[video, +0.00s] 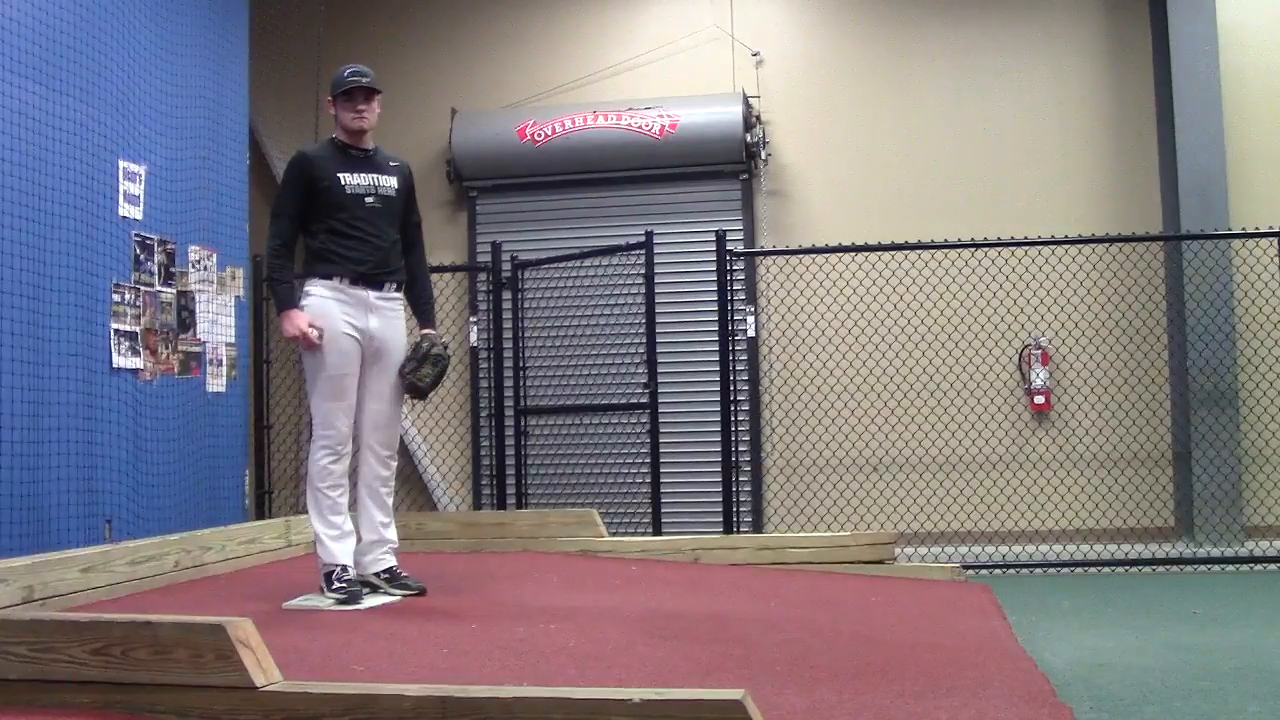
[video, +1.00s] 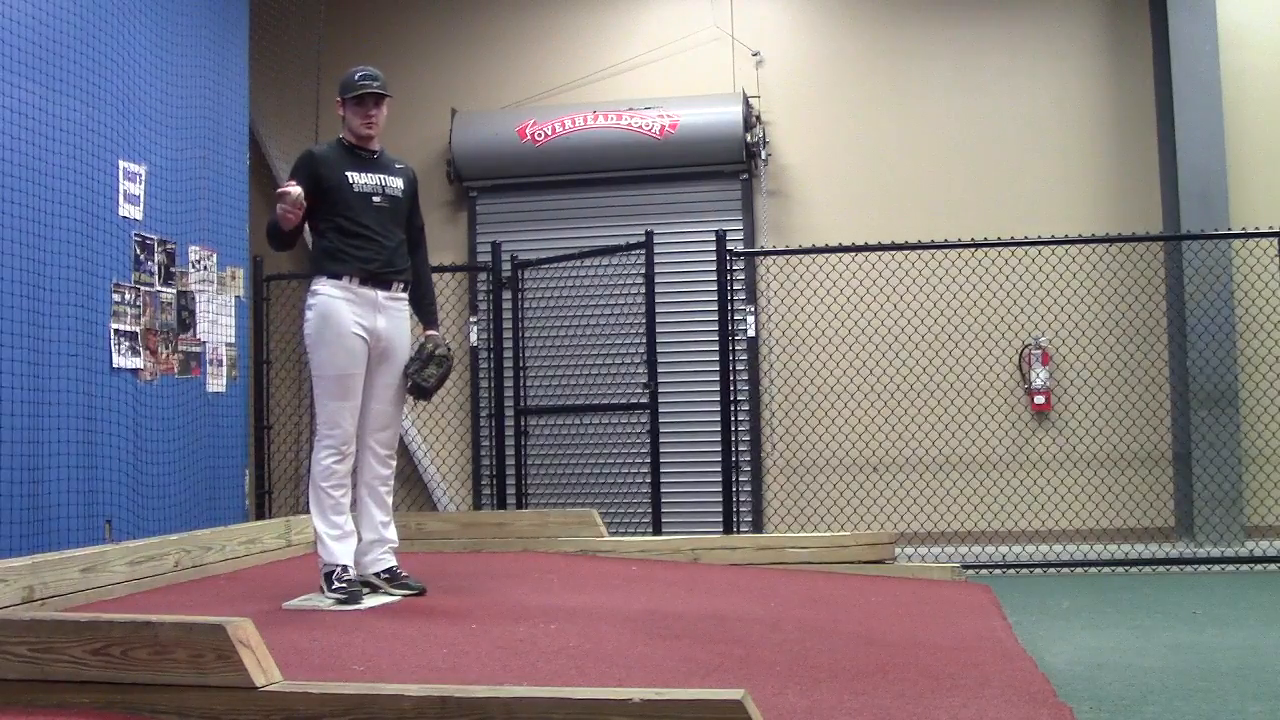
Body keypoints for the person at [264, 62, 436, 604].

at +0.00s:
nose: (361, 106)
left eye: (368, 98)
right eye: (351, 99)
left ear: (380, 106)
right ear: (332, 107)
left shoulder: (398, 171)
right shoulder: (309, 163)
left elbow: (413, 252)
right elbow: (279, 243)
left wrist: (426, 321)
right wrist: (288, 306)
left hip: (390, 308)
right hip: (329, 303)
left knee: (381, 441)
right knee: (334, 438)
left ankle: (378, 561)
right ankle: (336, 565)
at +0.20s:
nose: (361, 107)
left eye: (369, 98)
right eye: (351, 99)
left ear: (380, 106)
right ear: (332, 107)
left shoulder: (398, 171)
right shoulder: (310, 163)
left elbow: (413, 251)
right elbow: (279, 244)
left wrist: (426, 321)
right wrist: (290, 307)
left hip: (390, 309)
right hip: (330, 303)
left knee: (380, 441)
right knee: (334, 439)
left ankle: (378, 561)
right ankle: (336, 565)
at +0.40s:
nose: (363, 108)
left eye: (370, 99)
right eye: (352, 100)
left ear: (381, 106)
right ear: (333, 107)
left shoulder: (398, 171)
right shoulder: (311, 163)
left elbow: (413, 251)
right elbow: (281, 243)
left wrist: (425, 320)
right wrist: (292, 306)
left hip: (390, 309)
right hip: (331, 303)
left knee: (380, 440)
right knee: (334, 438)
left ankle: (377, 561)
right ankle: (336, 564)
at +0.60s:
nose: (365, 109)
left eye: (372, 100)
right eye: (355, 101)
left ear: (383, 107)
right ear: (336, 107)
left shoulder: (399, 171)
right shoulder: (312, 163)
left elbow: (413, 250)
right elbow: (282, 239)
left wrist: (425, 319)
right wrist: (291, 285)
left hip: (393, 309)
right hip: (334, 303)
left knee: (381, 442)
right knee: (336, 439)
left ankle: (378, 561)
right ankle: (336, 564)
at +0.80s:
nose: (367, 111)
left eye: (374, 102)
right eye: (357, 102)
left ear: (384, 108)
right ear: (337, 108)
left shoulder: (400, 171)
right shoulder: (313, 161)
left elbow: (416, 254)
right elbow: (279, 245)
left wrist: (427, 324)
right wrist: (290, 235)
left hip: (394, 309)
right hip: (337, 304)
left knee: (381, 443)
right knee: (336, 441)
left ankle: (378, 561)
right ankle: (336, 564)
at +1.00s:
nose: (370, 112)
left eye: (377, 103)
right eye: (361, 103)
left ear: (388, 109)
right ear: (341, 108)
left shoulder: (402, 174)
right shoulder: (316, 162)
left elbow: (417, 254)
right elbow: (280, 241)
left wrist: (430, 323)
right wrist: (285, 219)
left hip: (395, 308)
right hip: (338, 303)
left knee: (381, 443)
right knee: (337, 440)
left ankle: (377, 561)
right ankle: (337, 564)